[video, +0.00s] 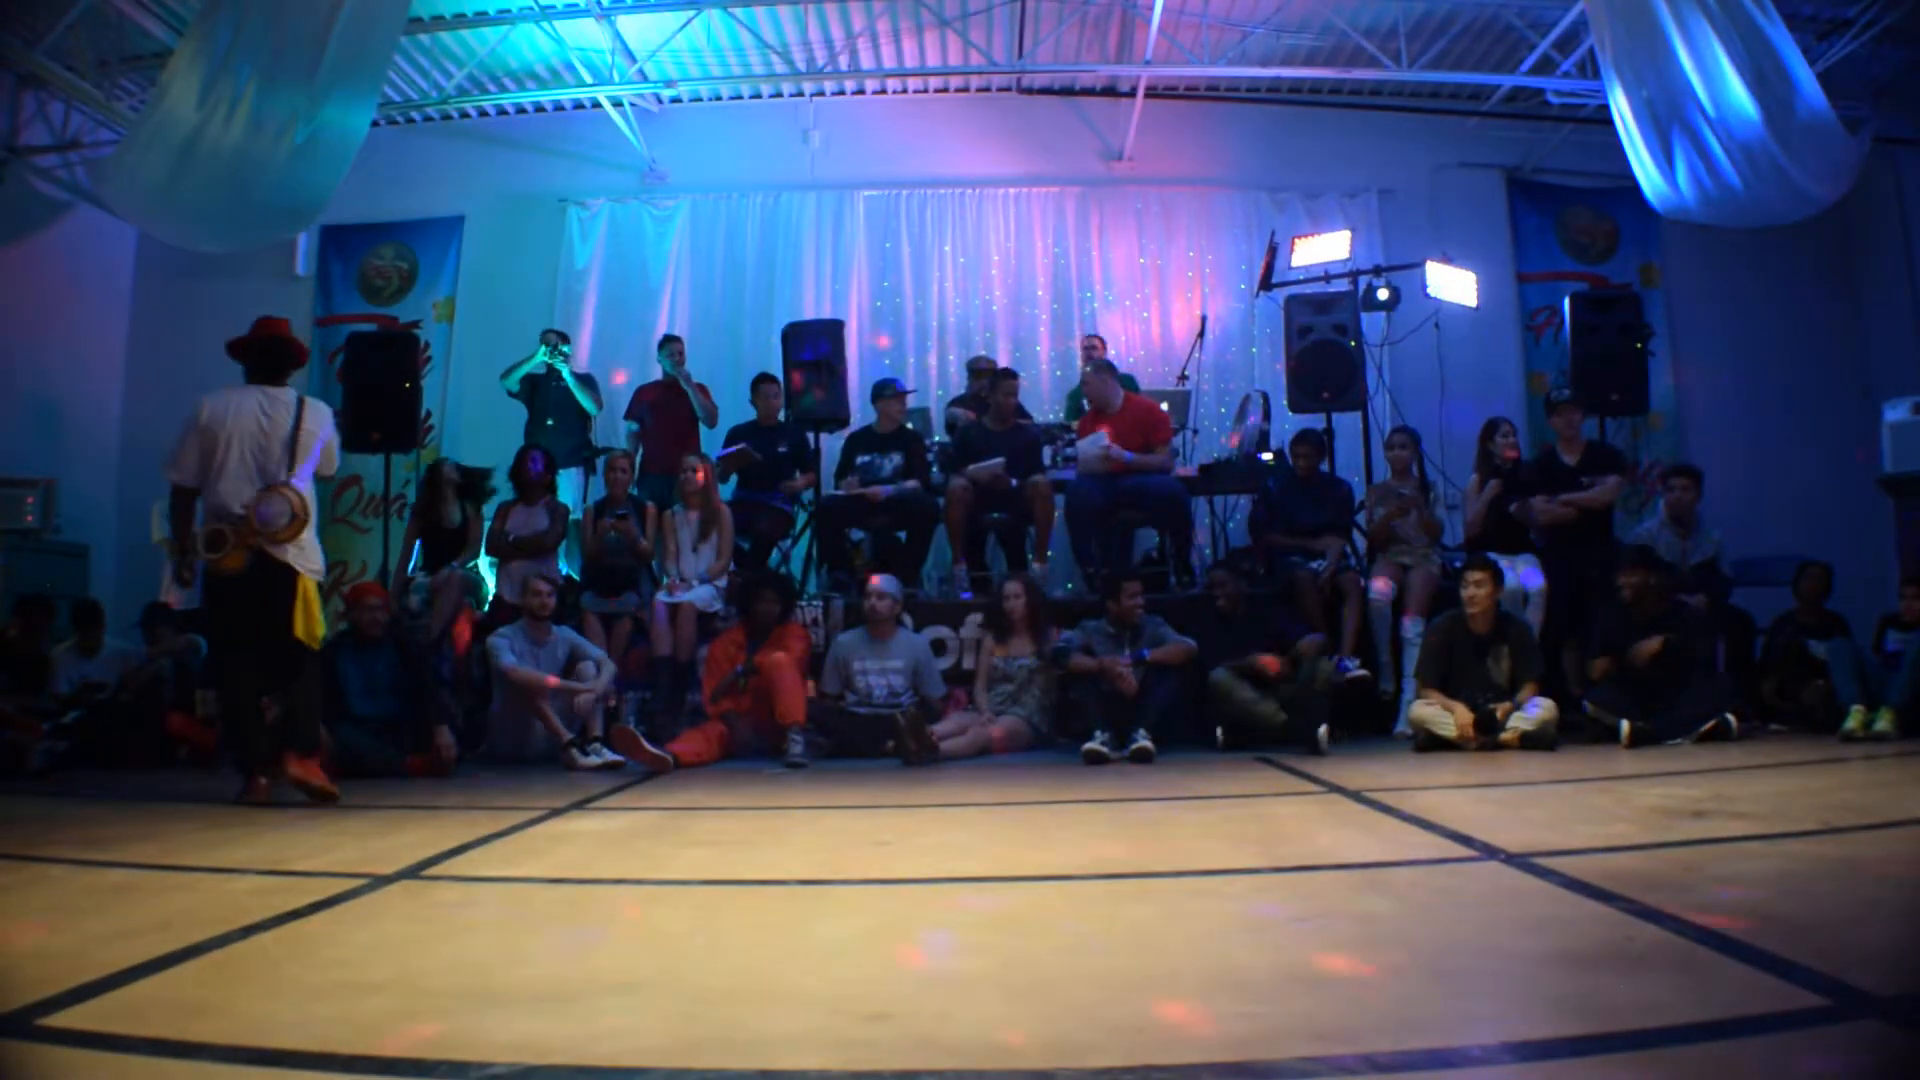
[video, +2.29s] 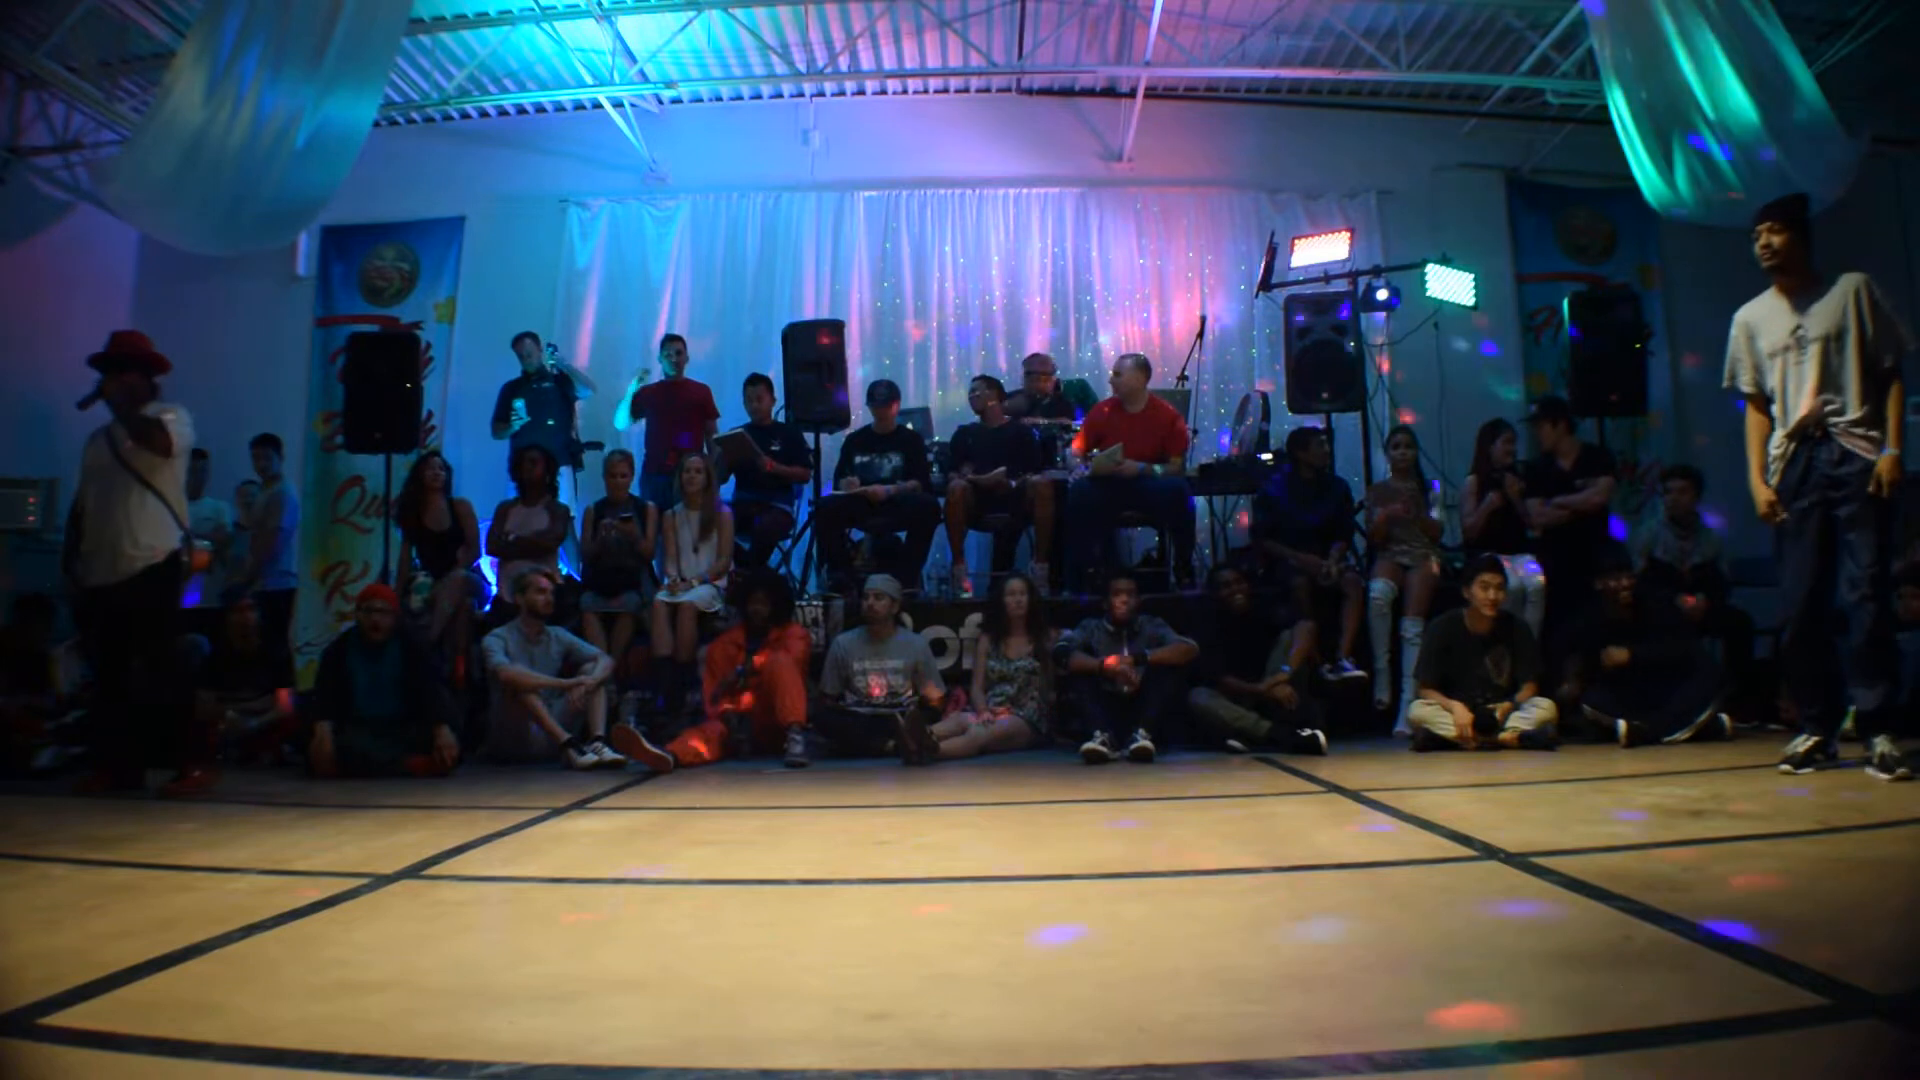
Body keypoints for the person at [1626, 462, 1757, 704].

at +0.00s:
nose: (1678, 497)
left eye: (1686, 490)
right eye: (1672, 490)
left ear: (1698, 497)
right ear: (1663, 494)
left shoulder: (1711, 539)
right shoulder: (1645, 536)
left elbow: (1722, 580)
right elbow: (1639, 580)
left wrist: (1706, 600)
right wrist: (1678, 600)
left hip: (1700, 608)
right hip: (1659, 606)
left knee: (1742, 622)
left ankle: (1740, 694)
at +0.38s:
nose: (1678, 497)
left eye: (1686, 490)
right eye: (1672, 490)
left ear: (1698, 497)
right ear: (1663, 495)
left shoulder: (1709, 537)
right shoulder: (1645, 537)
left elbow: (1722, 579)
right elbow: (1638, 583)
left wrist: (1704, 600)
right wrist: (1675, 600)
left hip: (1700, 609)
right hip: (1661, 609)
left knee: (1741, 623)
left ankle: (1738, 700)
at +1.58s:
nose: (1674, 498)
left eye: (1683, 491)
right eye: (1669, 491)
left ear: (1695, 497)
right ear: (1662, 497)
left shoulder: (1708, 540)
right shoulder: (1646, 536)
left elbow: (1720, 583)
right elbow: (1636, 582)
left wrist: (1703, 601)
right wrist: (1674, 600)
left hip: (1698, 611)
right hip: (1658, 609)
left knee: (1740, 623)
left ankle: (1735, 708)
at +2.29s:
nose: (1674, 499)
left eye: (1682, 492)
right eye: (1669, 492)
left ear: (1696, 497)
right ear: (1662, 496)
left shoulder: (1708, 539)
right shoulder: (1649, 536)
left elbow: (1720, 582)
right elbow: (1643, 580)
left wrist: (1705, 600)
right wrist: (1673, 598)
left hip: (1701, 608)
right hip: (1662, 607)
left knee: (1740, 622)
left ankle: (1738, 701)